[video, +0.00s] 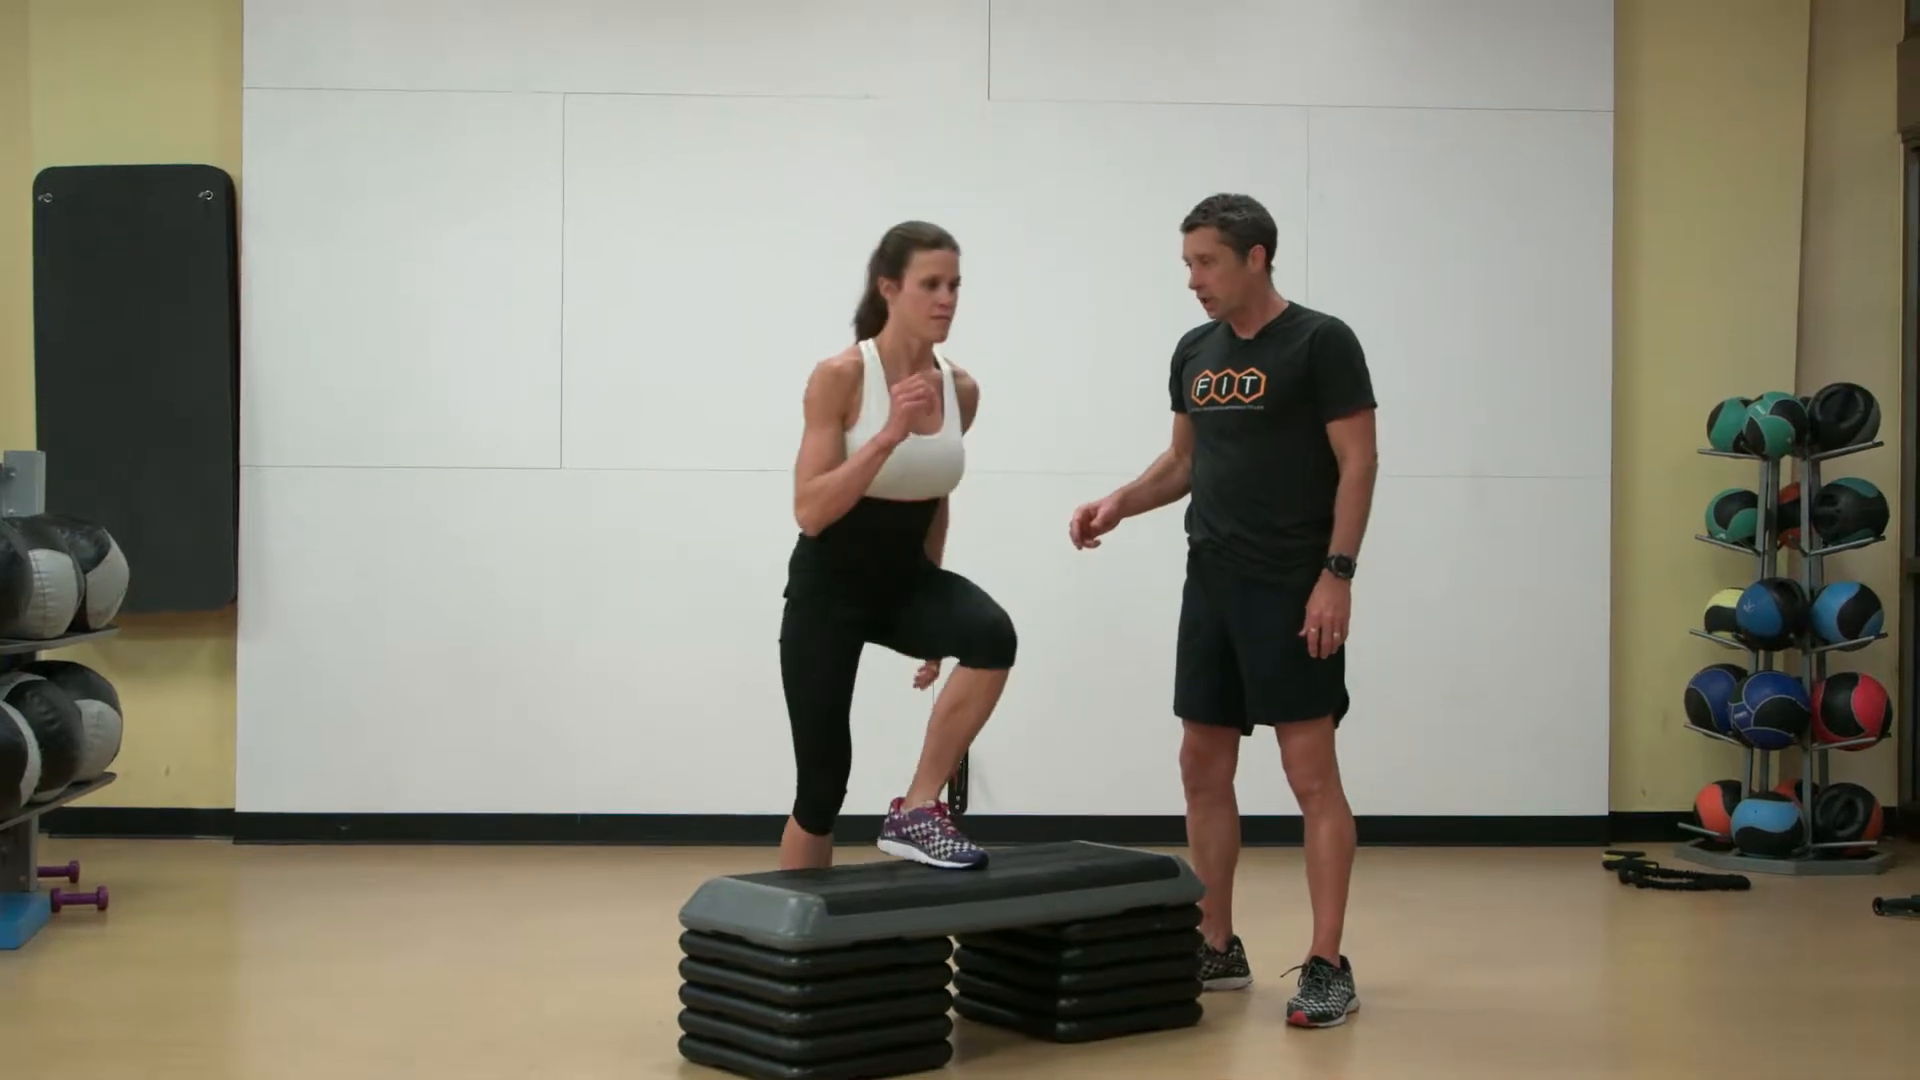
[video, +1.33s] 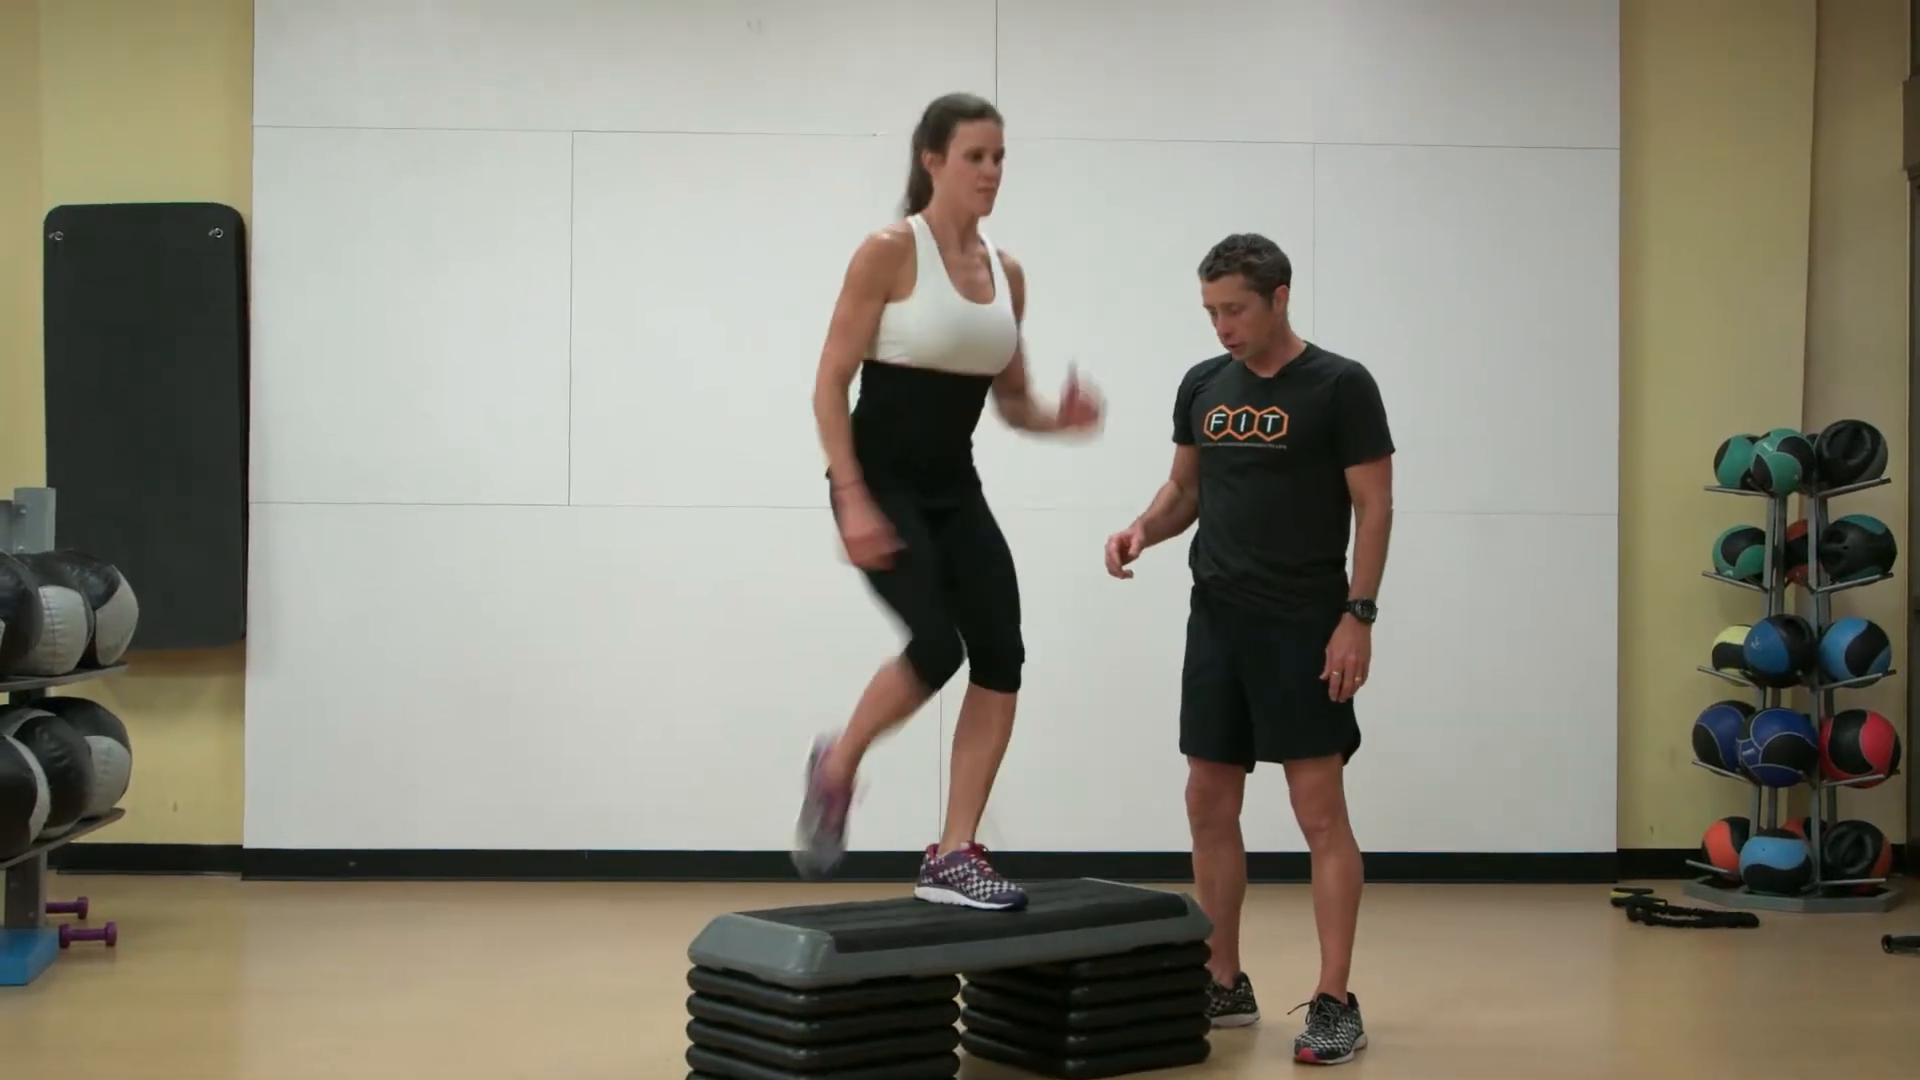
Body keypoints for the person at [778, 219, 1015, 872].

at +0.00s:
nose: (948, 299)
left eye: (954, 284)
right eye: (932, 284)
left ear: (958, 290)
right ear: (888, 288)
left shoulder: (958, 390)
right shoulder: (840, 378)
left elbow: (935, 508)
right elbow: (811, 511)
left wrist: (932, 626)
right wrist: (891, 434)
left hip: (906, 582)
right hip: (828, 587)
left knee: (992, 637)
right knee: (823, 792)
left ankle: (917, 809)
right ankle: (794, 951)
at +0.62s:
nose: (995, 230)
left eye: (1000, 216)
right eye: (979, 216)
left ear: (1003, 224)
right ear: (932, 222)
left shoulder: (1008, 327)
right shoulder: (891, 310)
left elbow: (1004, 452)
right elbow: (852, 443)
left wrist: (1036, 542)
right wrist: (911, 537)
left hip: (945, 509)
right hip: (871, 511)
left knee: (1007, 654)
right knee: (878, 726)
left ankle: (942, 838)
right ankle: (815, 895)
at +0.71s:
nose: (1001, 194)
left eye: (1006, 181)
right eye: (985, 180)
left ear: (1006, 191)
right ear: (941, 187)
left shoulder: (1014, 299)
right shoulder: (891, 279)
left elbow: (1042, 425)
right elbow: (837, 408)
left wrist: (1088, 447)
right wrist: (824, 534)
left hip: (954, 495)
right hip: (880, 496)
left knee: (1003, 654)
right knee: (953, 661)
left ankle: (944, 839)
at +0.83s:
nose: (992, 131)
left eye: (1000, 118)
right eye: (977, 116)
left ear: (1004, 129)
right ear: (932, 124)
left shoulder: (1019, 231)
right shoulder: (882, 219)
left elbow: (1084, 339)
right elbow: (807, 325)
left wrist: (1102, 245)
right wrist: (750, 430)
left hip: (961, 436)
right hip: (884, 426)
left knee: (977, 637)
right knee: (1017, 476)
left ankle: (945, 838)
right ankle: (903, 601)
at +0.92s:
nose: (990, 85)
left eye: (998, 71)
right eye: (975, 70)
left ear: (1002, 83)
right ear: (930, 76)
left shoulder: (1019, 183)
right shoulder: (877, 169)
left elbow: (1096, 278)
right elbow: (799, 275)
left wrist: (1080, 173)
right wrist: (744, 368)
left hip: (966, 389)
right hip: (886, 375)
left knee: (955, 606)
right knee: (1026, 372)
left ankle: (956, 809)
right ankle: (923, 528)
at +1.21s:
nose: (994, 133)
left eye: (1001, 118)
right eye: (978, 116)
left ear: (1004, 129)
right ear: (933, 122)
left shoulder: (1019, 232)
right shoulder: (882, 218)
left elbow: (1089, 352)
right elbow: (809, 329)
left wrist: (1084, 261)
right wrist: (776, 452)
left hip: (962, 440)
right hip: (882, 428)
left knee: (984, 645)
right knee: (1008, 476)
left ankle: (955, 848)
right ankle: (897, 604)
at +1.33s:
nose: (993, 172)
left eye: (999, 158)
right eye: (978, 157)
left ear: (1001, 167)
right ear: (933, 161)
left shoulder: (1002, 271)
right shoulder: (888, 254)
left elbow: (1012, 402)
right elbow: (830, 387)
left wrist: (1059, 419)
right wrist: (852, 499)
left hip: (955, 481)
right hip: (878, 479)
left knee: (999, 655)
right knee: (939, 643)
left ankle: (954, 852)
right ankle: (836, 766)